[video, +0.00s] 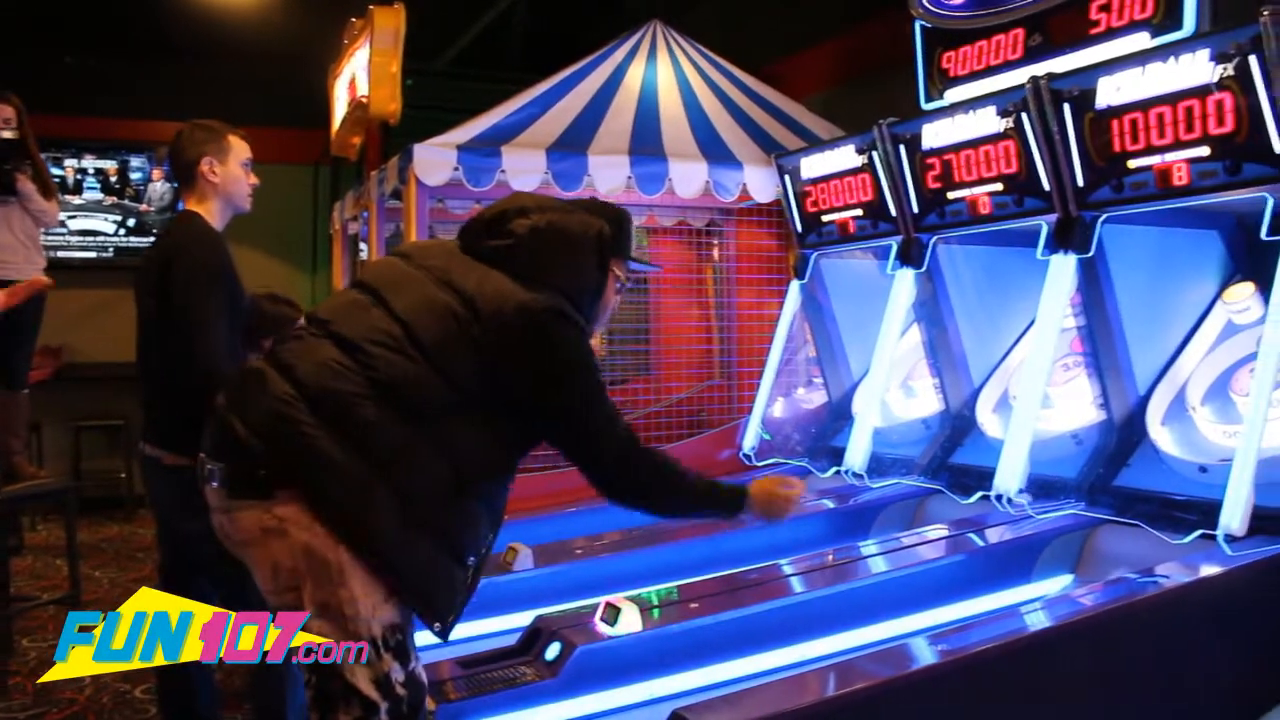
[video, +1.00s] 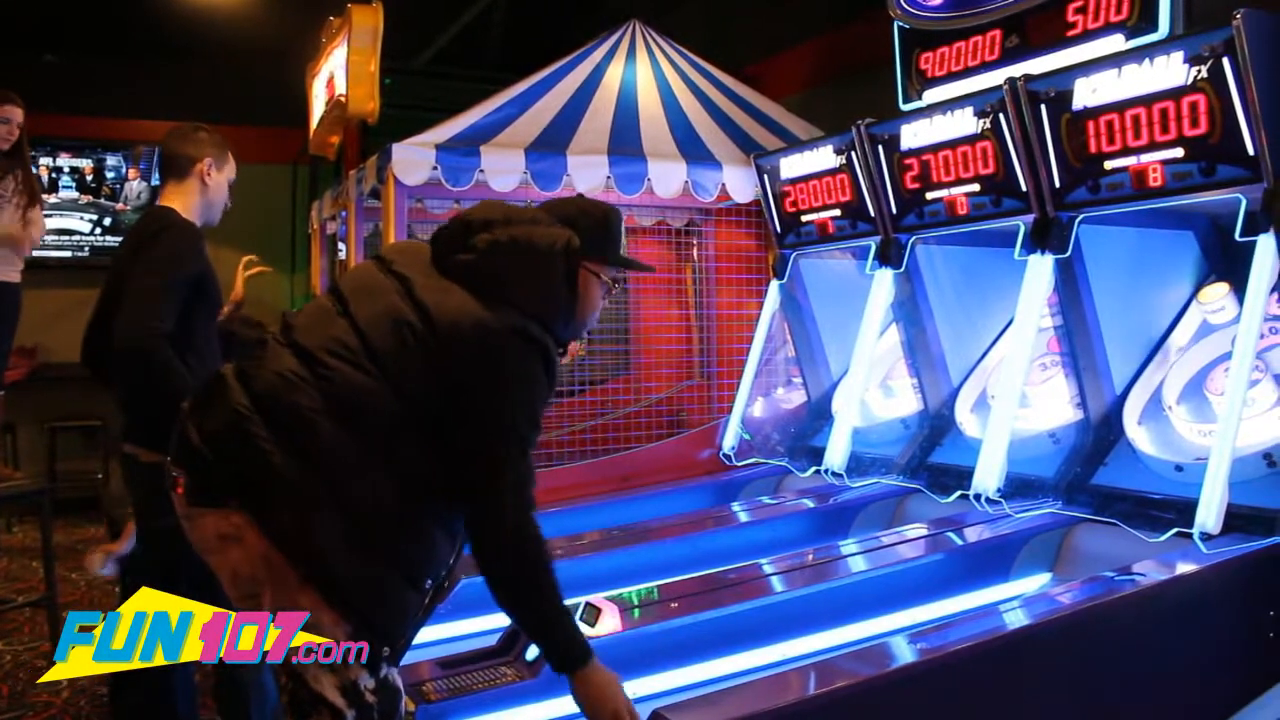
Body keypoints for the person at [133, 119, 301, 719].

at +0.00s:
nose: (254, 178)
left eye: (252, 167)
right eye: (245, 166)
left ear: (204, 172)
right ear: (210, 170)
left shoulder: (174, 241)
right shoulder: (201, 248)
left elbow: (185, 350)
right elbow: (215, 360)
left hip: (165, 447)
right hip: (193, 458)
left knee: (185, 585)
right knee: (221, 589)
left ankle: (185, 698)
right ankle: (191, 698)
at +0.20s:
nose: (247, 180)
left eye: (246, 168)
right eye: (239, 167)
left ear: (195, 172)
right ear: (203, 170)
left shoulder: (160, 242)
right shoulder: (198, 245)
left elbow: (162, 352)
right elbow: (211, 358)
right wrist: (252, 424)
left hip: (155, 449)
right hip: (193, 458)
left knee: (177, 587)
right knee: (237, 591)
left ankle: (173, 699)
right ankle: (277, 702)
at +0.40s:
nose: (245, 180)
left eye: (244, 168)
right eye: (238, 167)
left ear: (194, 171)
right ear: (202, 169)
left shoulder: (163, 239)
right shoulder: (192, 243)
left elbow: (179, 347)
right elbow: (207, 359)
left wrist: (243, 317)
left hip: (157, 455)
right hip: (189, 464)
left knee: (174, 606)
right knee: (245, 605)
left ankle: (169, 703)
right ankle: (272, 705)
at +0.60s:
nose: (245, 180)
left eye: (244, 168)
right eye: (238, 167)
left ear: (194, 171)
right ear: (202, 169)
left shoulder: (165, 238)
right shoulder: (190, 243)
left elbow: (184, 340)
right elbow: (203, 361)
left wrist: (243, 317)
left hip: (160, 456)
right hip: (187, 466)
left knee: (181, 611)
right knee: (228, 608)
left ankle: (174, 704)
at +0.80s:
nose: (237, 186)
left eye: (237, 173)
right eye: (233, 171)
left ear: (186, 170)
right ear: (201, 168)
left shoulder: (161, 235)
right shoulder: (179, 242)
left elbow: (178, 336)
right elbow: (168, 353)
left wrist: (236, 309)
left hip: (157, 456)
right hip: (174, 465)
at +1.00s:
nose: (229, 196)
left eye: (231, 184)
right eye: (229, 182)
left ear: (180, 170)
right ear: (206, 172)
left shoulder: (148, 233)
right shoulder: (176, 239)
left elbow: (98, 349)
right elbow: (147, 344)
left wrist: (224, 315)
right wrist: (200, 414)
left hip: (147, 453)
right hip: (173, 460)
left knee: (158, 596)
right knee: (211, 603)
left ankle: (151, 704)